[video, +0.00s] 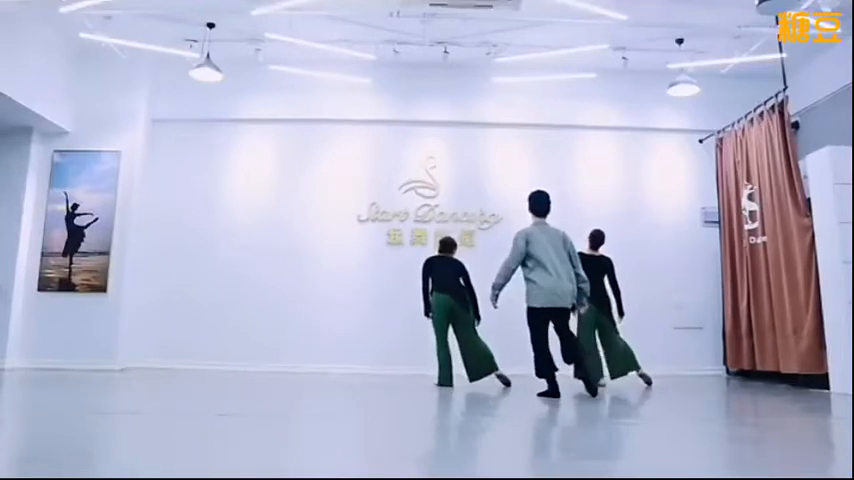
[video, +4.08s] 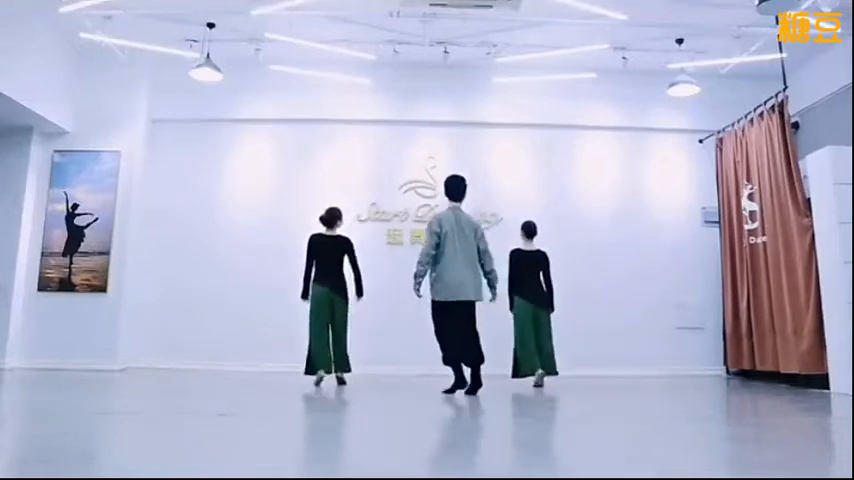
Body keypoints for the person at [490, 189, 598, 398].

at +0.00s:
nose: (531, 209)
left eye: (530, 205)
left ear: (530, 208)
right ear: (549, 208)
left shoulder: (524, 235)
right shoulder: (561, 236)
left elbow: (511, 264)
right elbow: (579, 270)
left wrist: (496, 287)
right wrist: (583, 296)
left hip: (538, 301)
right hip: (564, 300)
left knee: (540, 344)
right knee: (565, 332)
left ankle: (552, 387)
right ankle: (582, 368)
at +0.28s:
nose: (526, 228)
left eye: (525, 225)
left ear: (525, 226)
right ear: (543, 226)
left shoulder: (522, 250)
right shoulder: (558, 251)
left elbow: (510, 279)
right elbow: (576, 280)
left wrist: (493, 303)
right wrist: (583, 305)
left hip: (539, 305)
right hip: (564, 303)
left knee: (535, 349)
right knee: (551, 335)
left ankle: (551, 386)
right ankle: (559, 370)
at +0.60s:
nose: (517, 234)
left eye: (518, 231)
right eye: (518, 232)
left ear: (521, 231)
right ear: (537, 230)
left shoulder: (519, 248)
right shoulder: (552, 248)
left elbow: (511, 280)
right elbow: (565, 280)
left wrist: (503, 306)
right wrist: (569, 311)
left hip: (534, 303)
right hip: (559, 303)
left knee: (531, 344)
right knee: (529, 341)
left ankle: (551, 385)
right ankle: (525, 368)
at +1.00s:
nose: (513, 203)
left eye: (513, 200)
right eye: (516, 199)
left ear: (514, 200)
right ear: (532, 200)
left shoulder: (510, 222)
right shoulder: (544, 226)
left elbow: (503, 253)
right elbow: (552, 262)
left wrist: (497, 278)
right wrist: (553, 290)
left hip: (519, 287)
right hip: (542, 288)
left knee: (526, 335)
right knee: (530, 335)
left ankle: (546, 376)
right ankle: (517, 380)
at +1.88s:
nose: (498, 191)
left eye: (496, 187)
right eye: (506, 187)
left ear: (495, 190)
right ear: (514, 191)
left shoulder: (488, 218)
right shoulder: (524, 222)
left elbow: (478, 250)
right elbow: (530, 257)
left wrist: (469, 273)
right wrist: (530, 285)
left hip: (494, 282)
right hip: (518, 282)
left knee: (500, 329)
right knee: (513, 331)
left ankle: (513, 371)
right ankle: (507, 382)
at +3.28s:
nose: (474, 191)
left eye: (468, 186)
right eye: (479, 186)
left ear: (464, 188)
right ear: (484, 189)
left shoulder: (456, 217)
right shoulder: (493, 220)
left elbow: (447, 249)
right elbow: (501, 256)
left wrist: (438, 272)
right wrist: (501, 284)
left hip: (462, 283)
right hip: (486, 283)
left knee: (468, 329)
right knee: (481, 330)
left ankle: (480, 371)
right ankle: (474, 381)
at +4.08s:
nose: (455, 194)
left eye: (449, 190)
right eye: (460, 190)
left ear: (445, 192)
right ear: (464, 193)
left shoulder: (438, 221)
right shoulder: (472, 223)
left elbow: (428, 252)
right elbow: (485, 256)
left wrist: (418, 276)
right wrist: (492, 281)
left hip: (444, 290)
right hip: (468, 289)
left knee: (445, 334)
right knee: (469, 332)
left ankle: (459, 376)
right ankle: (476, 375)